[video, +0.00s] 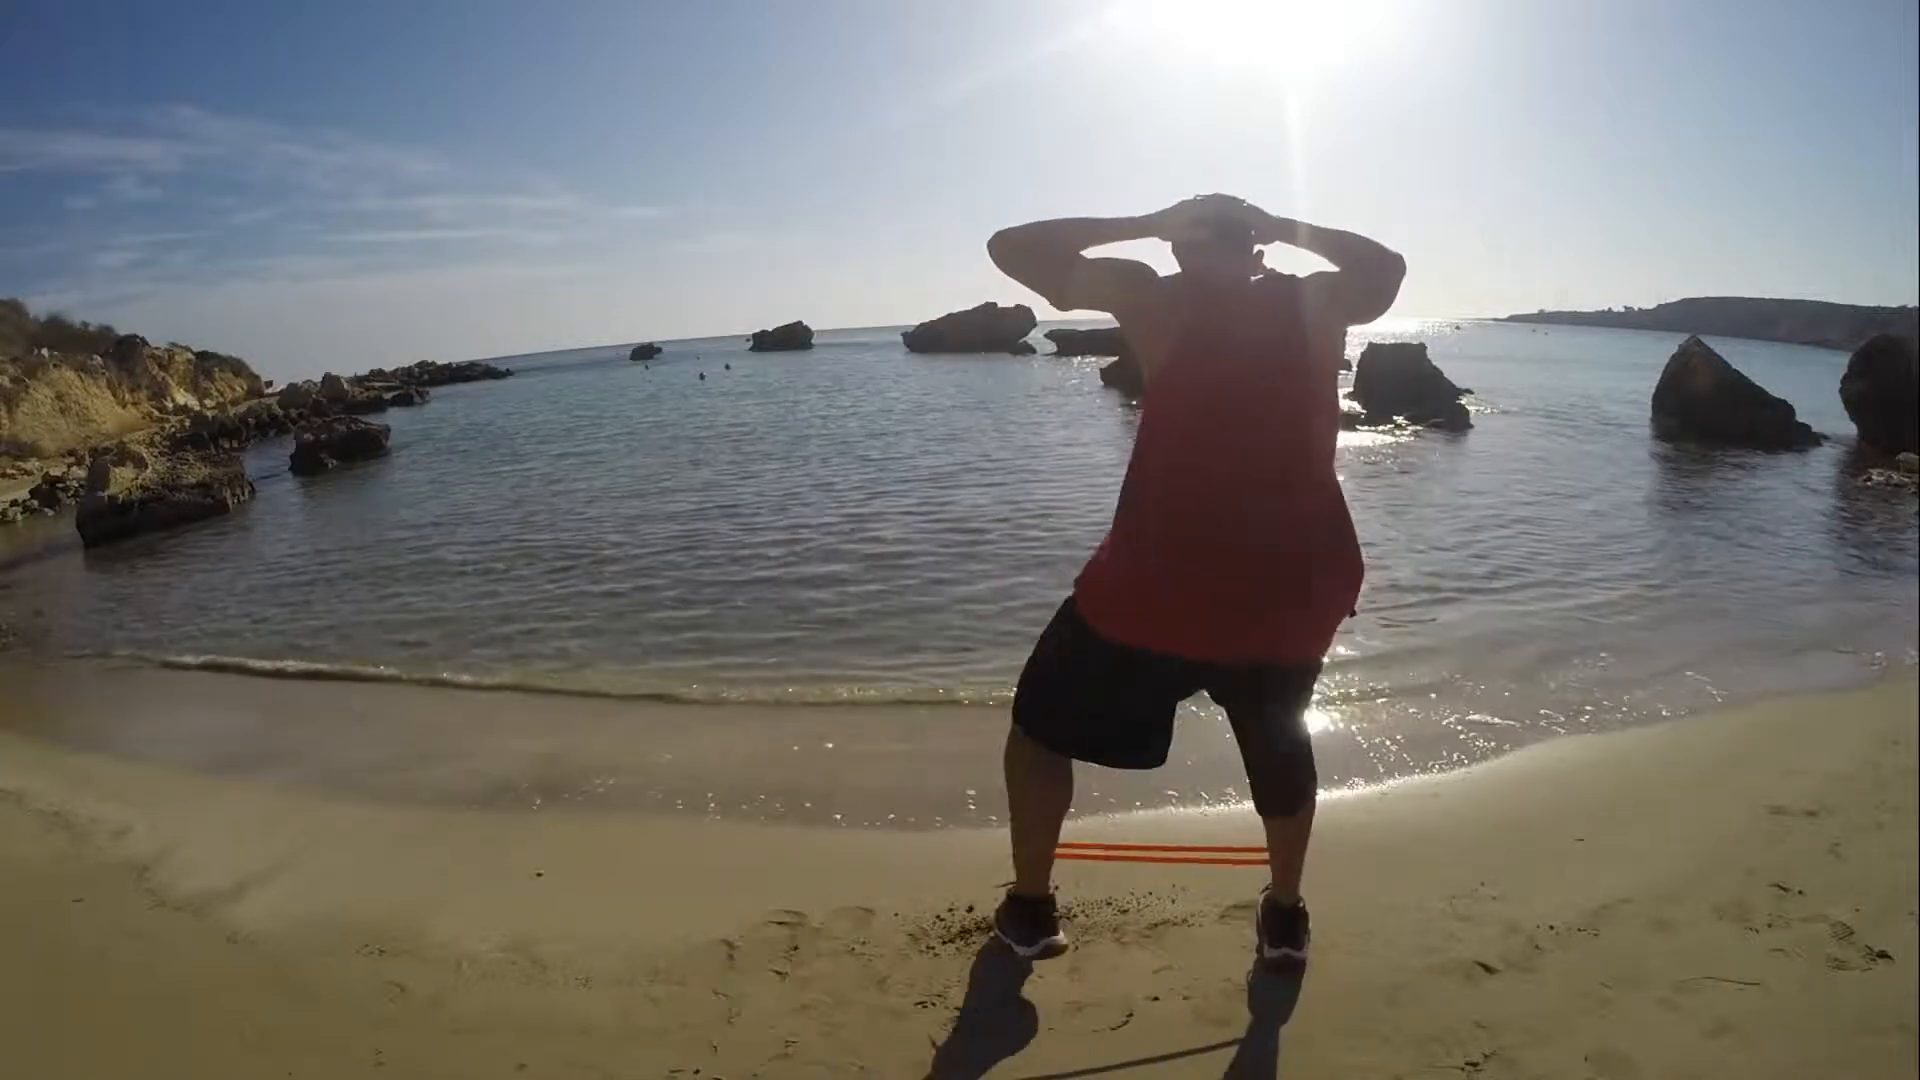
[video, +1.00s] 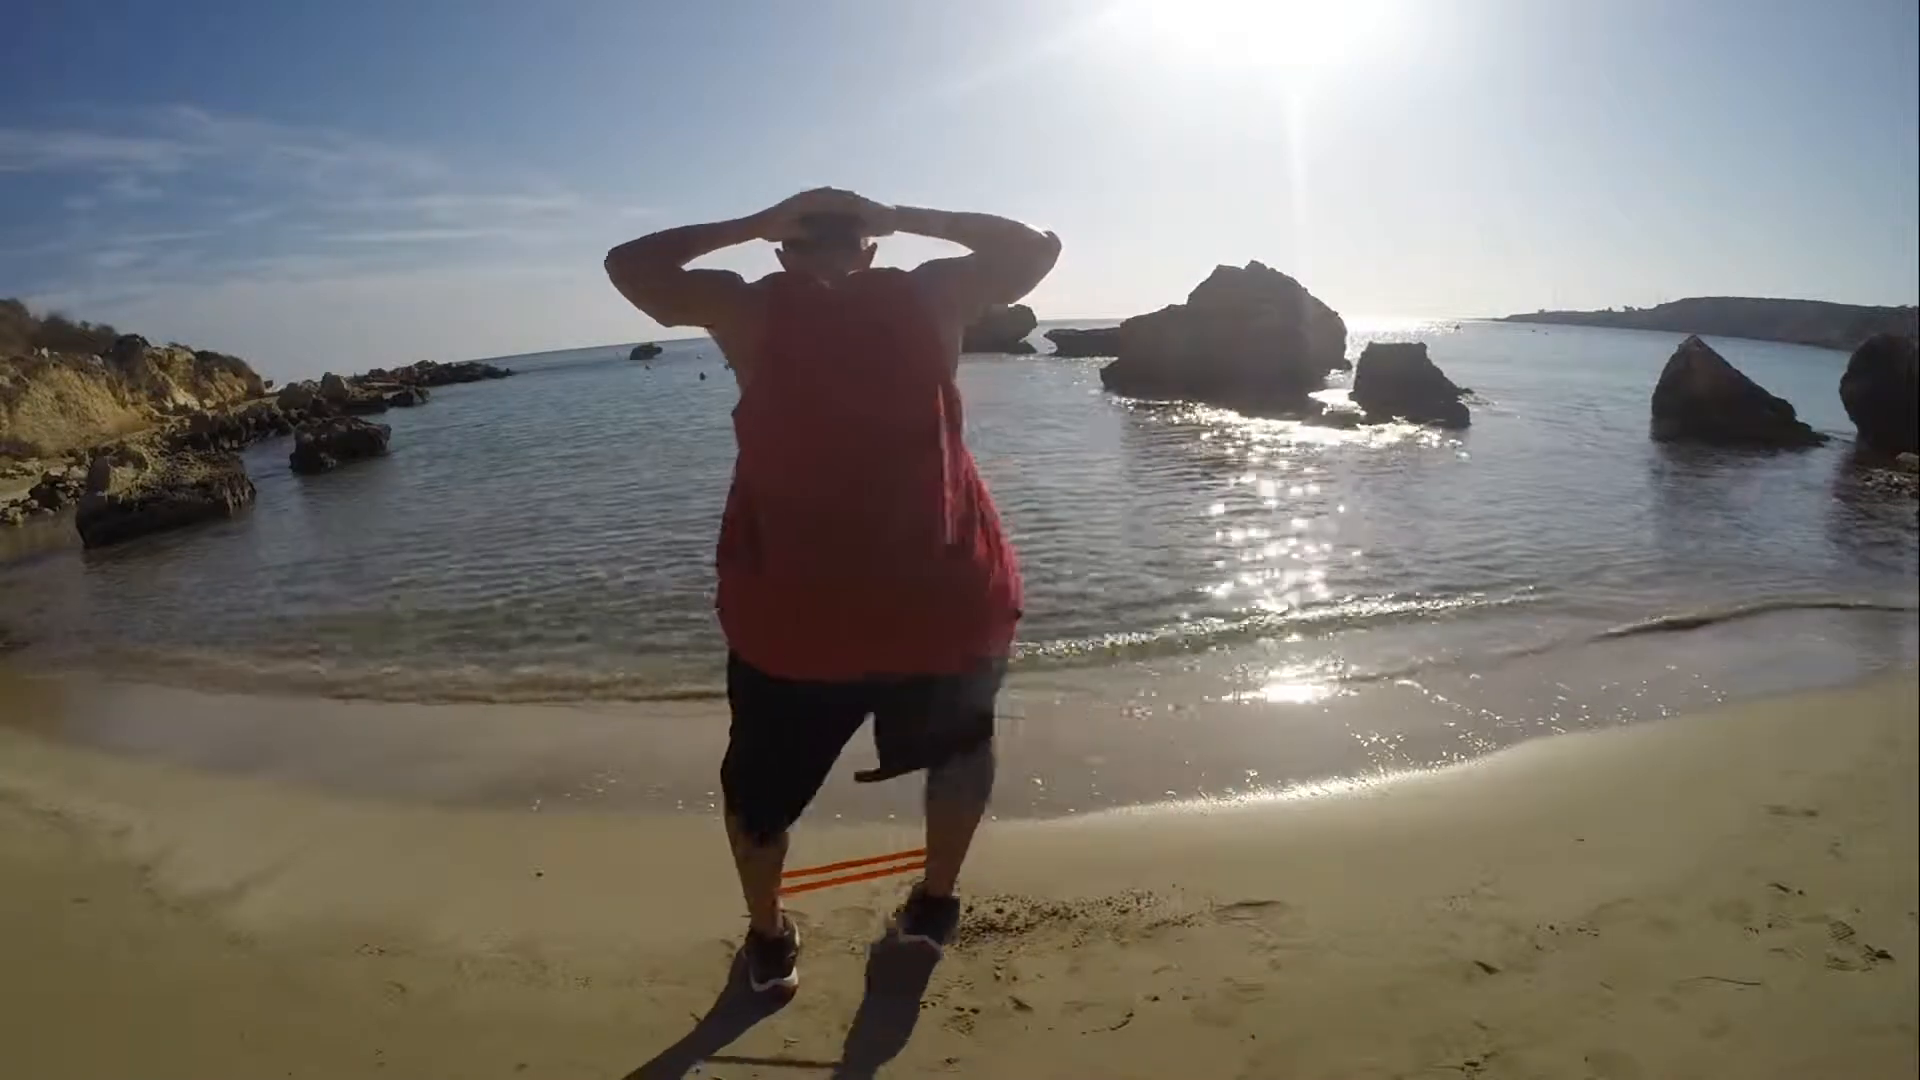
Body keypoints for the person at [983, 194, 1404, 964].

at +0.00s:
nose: (1189, 248)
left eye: (1189, 236)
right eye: (1196, 236)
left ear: (1183, 246)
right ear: (1255, 244)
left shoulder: (1152, 303)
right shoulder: (1320, 301)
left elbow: (1013, 246)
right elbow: (1385, 266)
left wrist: (1147, 222)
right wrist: (1286, 227)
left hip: (1158, 567)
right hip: (1296, 576)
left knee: (1042, 719)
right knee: (1278, 729)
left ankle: (1030, 902)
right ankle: (1285, 910)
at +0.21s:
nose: (1153, 255)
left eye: (1154, 244)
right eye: (1163, 241)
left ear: (1144, 257)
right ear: (1223, 256)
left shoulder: (1112, 309)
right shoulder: (1281, 317)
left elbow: (969, 246)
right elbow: (1346, 277)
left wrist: (1114, 228)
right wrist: (1247, 236)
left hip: (1094, 573)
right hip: (1235, 588)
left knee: (920, 738)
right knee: (1261, 739)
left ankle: (811, 892)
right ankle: (1281, 911)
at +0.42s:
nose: (1072, 263)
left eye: (1056, 250)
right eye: (1079, 251)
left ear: (1025, 271)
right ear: (1107, 271)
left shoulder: (982, 331)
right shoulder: (1161, 334)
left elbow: (849, 266)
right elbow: (1256, 294)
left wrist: (992, 243)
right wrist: (1136, 248)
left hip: (981, 615)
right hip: (1133, 619)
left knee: (846, 773)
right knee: (1223, 765)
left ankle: (774, 938)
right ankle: (1274, 910)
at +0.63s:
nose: (914, 223)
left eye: (903, 214)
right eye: (934, 213)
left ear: (878, 238)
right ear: (968, 239)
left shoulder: (833, 298)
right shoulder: (1019, 297)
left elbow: (715, 234)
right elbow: (1128, 250)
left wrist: (851, 208)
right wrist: (995, 211)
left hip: (854, 593)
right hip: (1010, 585)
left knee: (785, 773)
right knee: (1092, 748)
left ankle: (771, 940)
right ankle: (1126, 904)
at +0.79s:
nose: (868, 223)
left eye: (847, 211)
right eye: (883, 212)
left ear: (815, 233)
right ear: (906, 233)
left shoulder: (770, 294)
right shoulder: (960, 289)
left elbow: (656, 243)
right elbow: (1069, 238)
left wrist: (786, 210)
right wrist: (931, 203)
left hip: (799, 595)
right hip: (944, 593)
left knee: (757, 774)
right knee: (948, 748)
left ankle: (765, 938)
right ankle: (912, 913)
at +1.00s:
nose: (827, 234)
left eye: (811, 224)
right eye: (839, 224)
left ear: (780, 249)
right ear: (872, 245)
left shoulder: (743, 311)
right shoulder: (929, 298)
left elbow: (627, 264)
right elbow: (1034, 247)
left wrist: (751, 226)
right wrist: (900, 217)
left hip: (794, 601)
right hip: (939, 594)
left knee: (756, 786)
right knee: (961, 740)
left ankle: (767, 940)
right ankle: (935, 902)